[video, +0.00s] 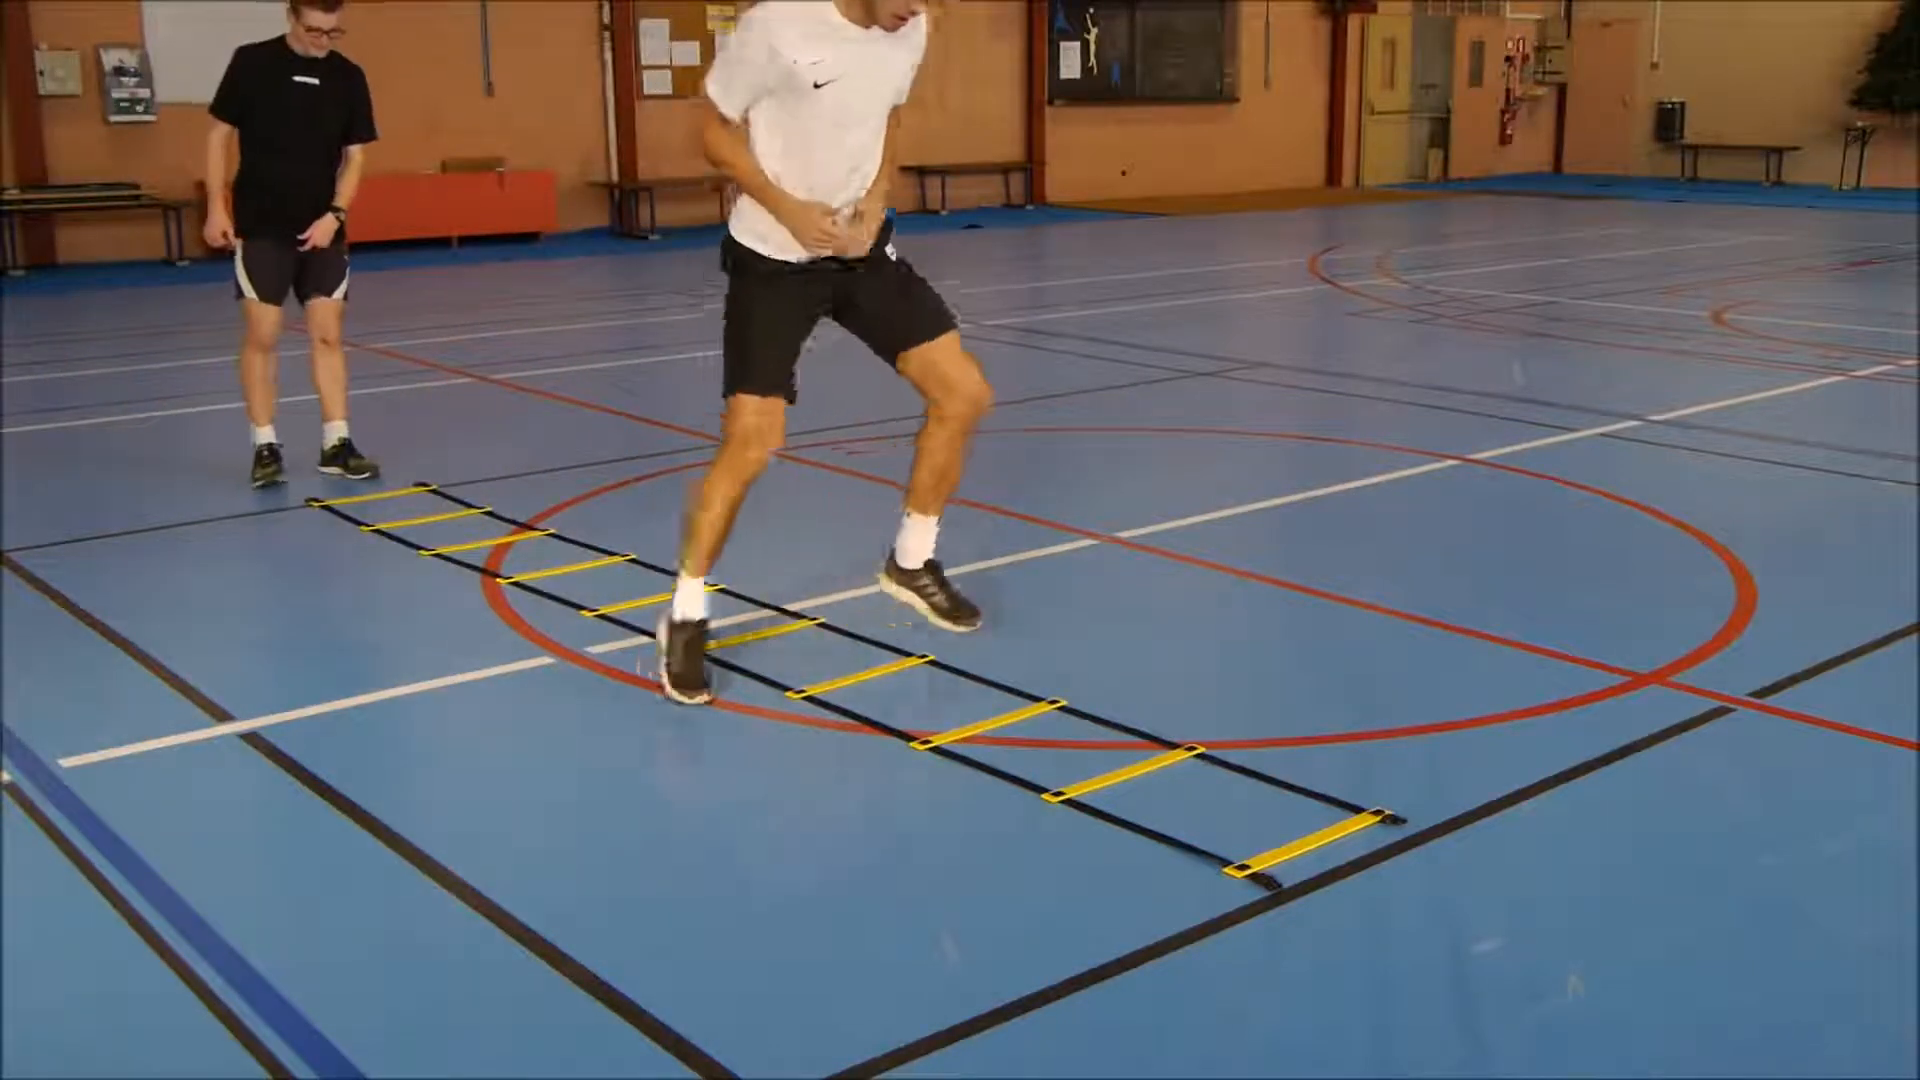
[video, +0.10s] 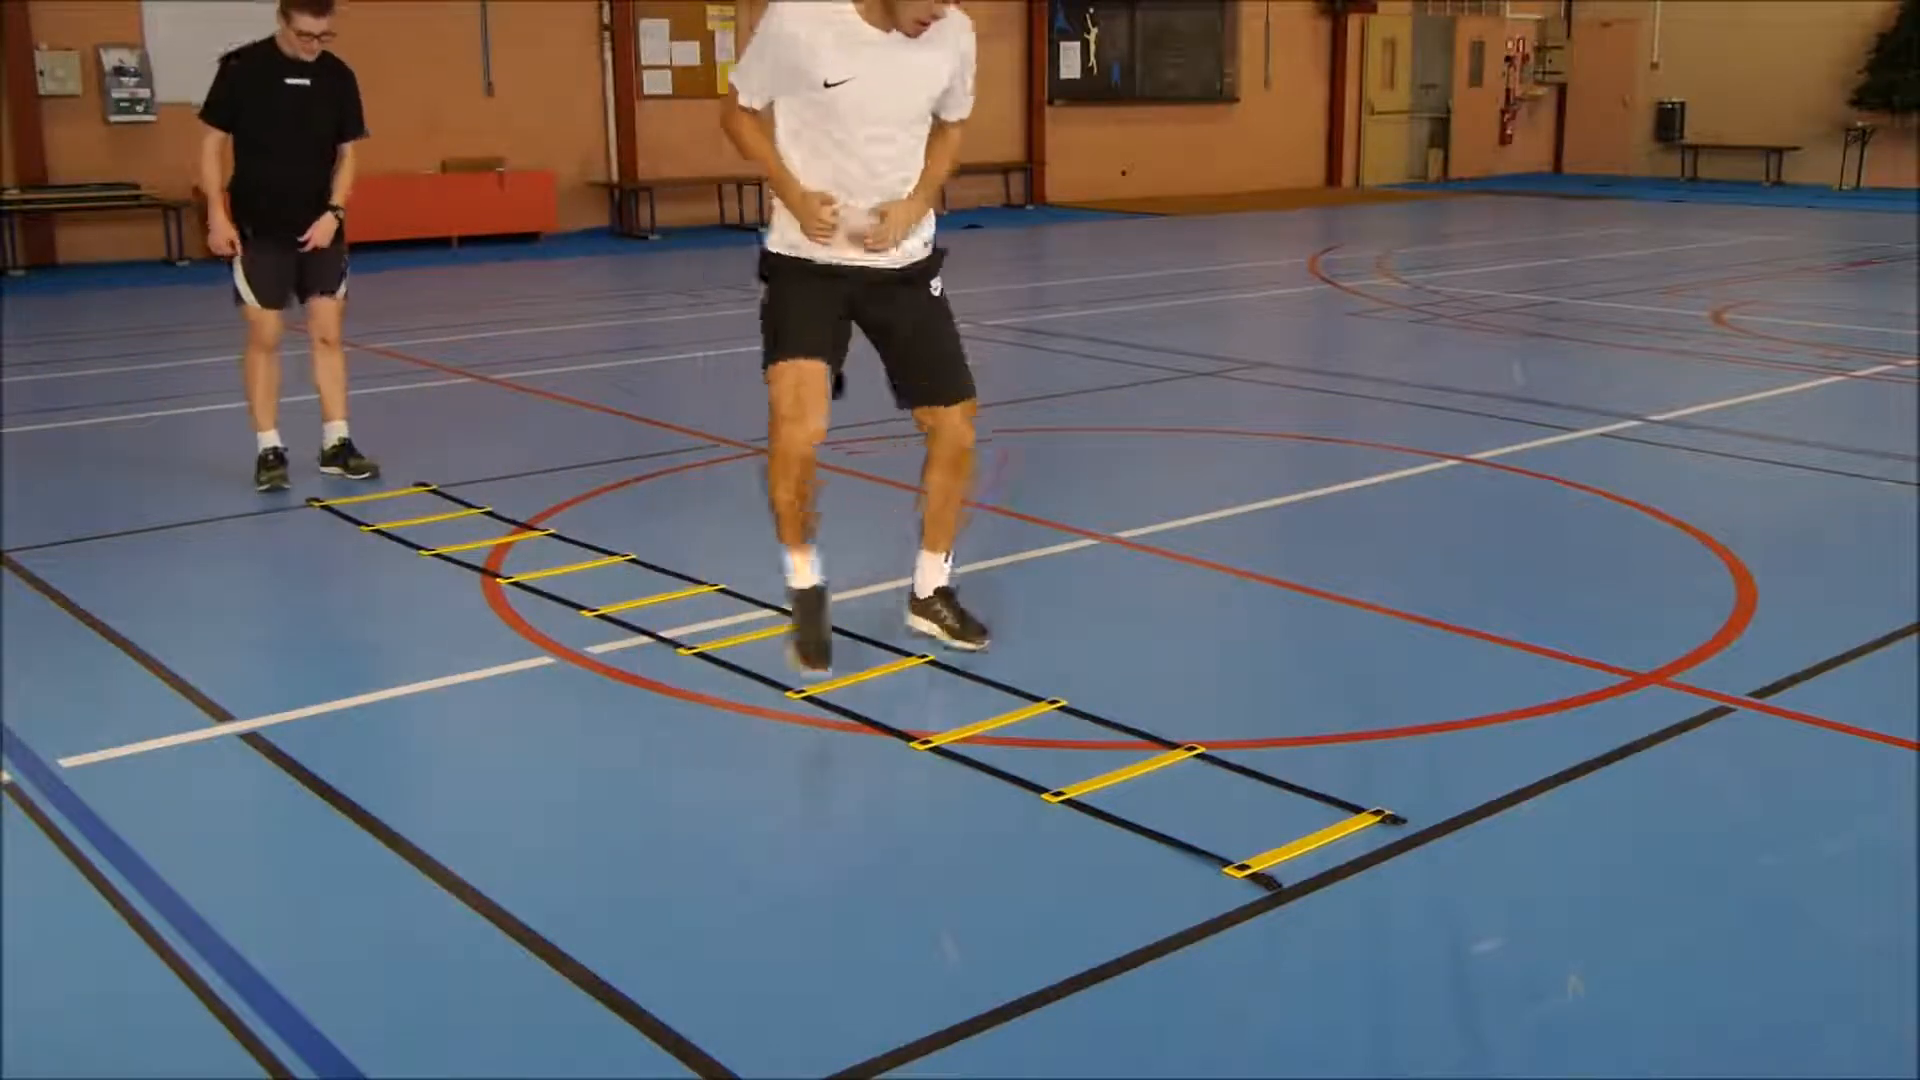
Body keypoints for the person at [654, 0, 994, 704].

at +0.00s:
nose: (913, 3)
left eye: (917, 0)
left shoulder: (912, 29)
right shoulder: (773, 26)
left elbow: (887, 116)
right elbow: (714, 131)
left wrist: (876, 202)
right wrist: (792, 210)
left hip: (862, 249)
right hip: (769, 259)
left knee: (961, 395)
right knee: (754, 441)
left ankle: (913, 562)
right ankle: (686, 613)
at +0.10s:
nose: (937, 17)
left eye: (945, 8)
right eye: (928, 6)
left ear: (948, 5)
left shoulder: (953, 33)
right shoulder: (795, 23)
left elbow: (948, 125)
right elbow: (738, 112)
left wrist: (918, 201)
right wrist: (793, 194)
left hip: (904, 264)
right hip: (805, 263)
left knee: (955, 429)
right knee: (797, 431)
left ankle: (931, 588)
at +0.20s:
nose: (951, 5)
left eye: (957, 2)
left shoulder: (968, 28)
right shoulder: (809, 20)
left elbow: (960, 125)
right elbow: (754, 103)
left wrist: (930, 207)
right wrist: (814, 192)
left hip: (916, 264)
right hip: (820, 264)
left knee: (968, 432)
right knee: (842, 444)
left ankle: (935, 580)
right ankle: (865, 618)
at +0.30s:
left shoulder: (982, 16)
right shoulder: (827, 12)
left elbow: (965, 106)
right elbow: (758, 97)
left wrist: (942, 183)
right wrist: (836, 189)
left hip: (929, 253)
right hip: (837, 260)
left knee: (996, 421)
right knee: (882, 448)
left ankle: (923, 585)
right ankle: (870, 629)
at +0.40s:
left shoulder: (1001, 14)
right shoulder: (837, 8)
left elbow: (982, 106)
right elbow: (776, 90)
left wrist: (949, 185)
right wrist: (846, 180)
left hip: (934, 244)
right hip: (838, 245)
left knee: (968, 434)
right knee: (877, 436)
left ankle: (906, 616)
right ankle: (856, 615)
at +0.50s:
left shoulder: (1015, 27)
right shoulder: (853, 14)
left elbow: (1002, 123)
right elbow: (785, 103)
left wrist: (968, 205)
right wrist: (864, 196)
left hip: (947, 270)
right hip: (849, 263)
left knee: (1005, 448)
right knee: (860, 446)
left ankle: (913, 609)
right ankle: (810, 652)